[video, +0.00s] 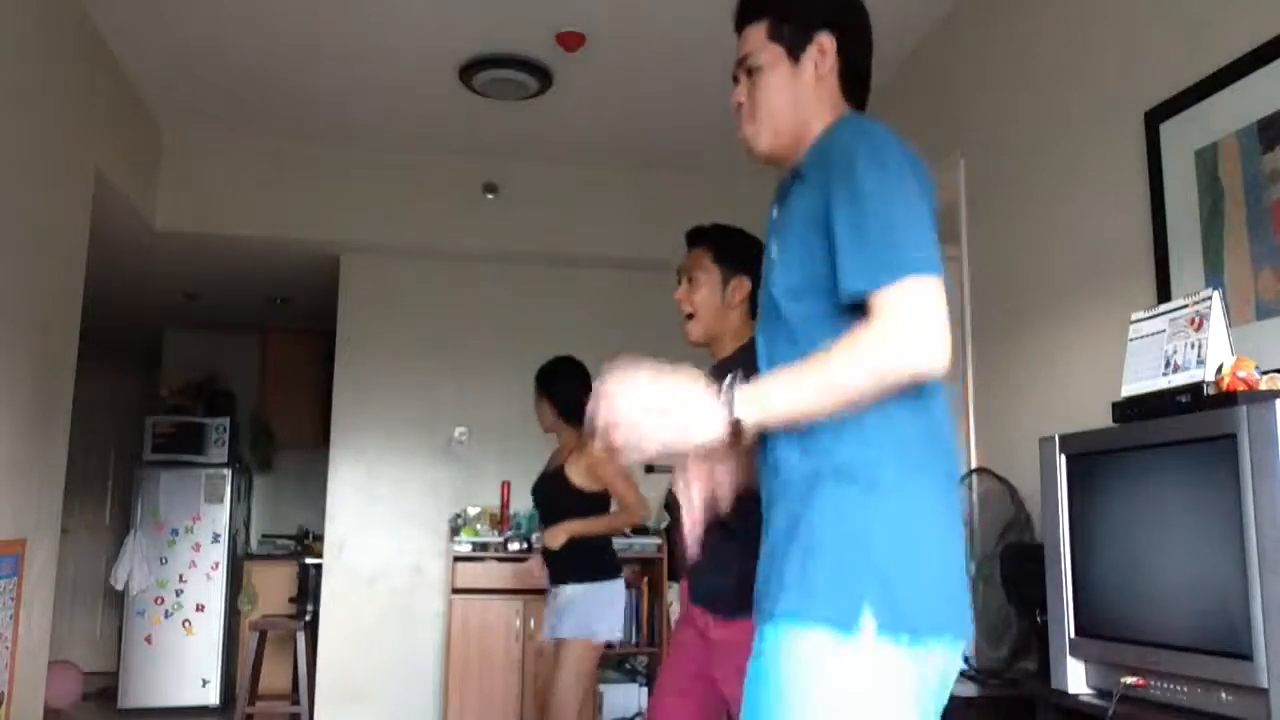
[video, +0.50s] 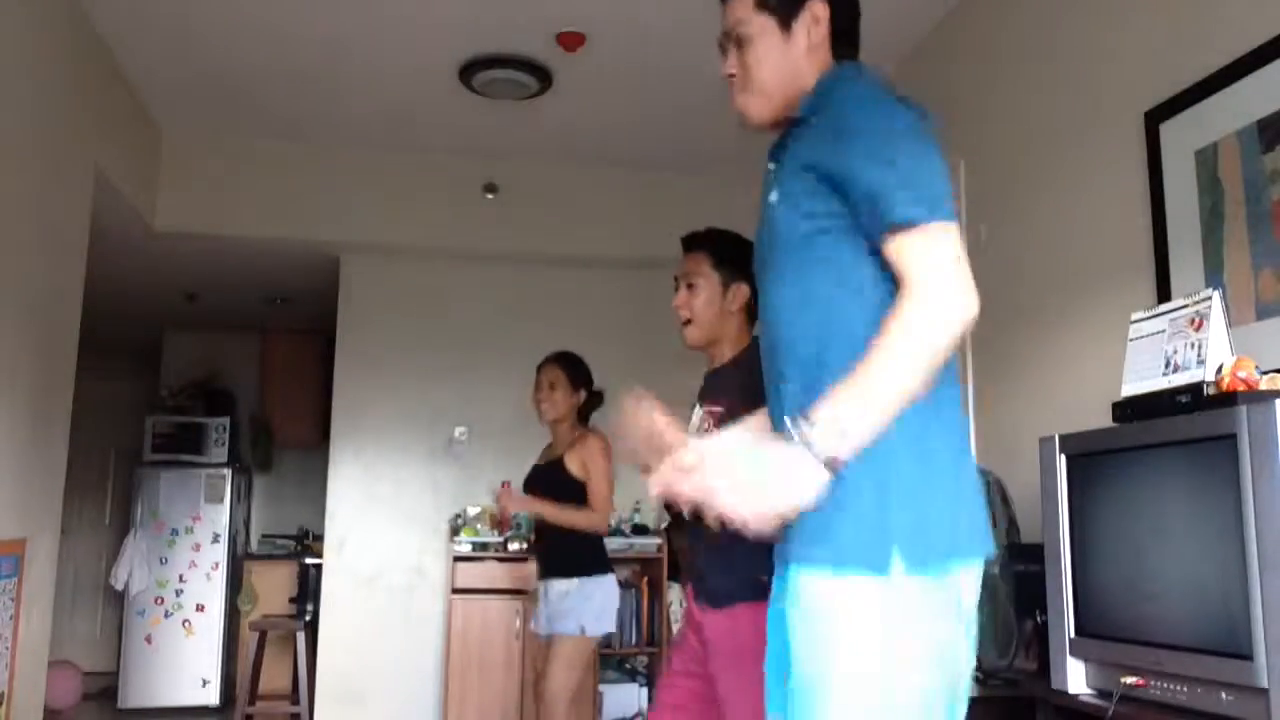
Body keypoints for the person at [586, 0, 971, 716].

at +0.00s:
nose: (736, 99)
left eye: (749, 71)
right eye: (735, 80)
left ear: (819, 60)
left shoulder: (859, 151)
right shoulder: (803, 192)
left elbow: (916, 335)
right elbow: (845, 412)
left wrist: (730, 410)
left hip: (865, 597)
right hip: (817, 593)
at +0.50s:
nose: (726, 66)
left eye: (738, 40)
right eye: (725, 47)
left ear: (811, 25)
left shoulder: (855, 110)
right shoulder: (796, 153)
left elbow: (945, 293)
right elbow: (834, 370)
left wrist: (810, 452)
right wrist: (728, 453)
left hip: (887, 550)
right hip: (828, 546)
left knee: (871, 707)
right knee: (810, 708)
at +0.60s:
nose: (726, 100)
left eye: (741, 72)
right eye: (724, 79)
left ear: (817, 58)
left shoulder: (872, 174)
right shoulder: (801, 193)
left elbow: (967, 370)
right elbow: (840, 390)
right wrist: (717, 422)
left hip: (898, 582)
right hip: (816, 572)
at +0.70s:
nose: (722, 143)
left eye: (737, 116)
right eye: (723, 122)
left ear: (814, 104)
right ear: (812, 107)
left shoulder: (888, 242)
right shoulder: (796, 250)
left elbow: (1005, 421)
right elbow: (840, 422)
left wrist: (871, 513)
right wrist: (746, 445)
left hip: (905, 649)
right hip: (820, 636)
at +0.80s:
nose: (714, 125)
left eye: (726, 99)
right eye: (714, 106)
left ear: (801, 83)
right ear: (797, 85)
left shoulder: (890, 195)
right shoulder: (781, 246)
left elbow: (1012, 373)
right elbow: (823, 423)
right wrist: (726, 483)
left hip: (910, 633)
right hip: (807, 619)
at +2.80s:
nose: (748, 129)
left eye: (766, 103)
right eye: (752, 108)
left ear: (838, 101)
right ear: (833, 105)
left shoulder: (880, 188)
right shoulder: (816, 236)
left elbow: (1015, 337)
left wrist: (826, 447)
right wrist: (745, 433)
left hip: (877, 646)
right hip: (810, 631)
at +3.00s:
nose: (760, 74)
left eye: (772, 47)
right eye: (759, 55)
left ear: (847, 35)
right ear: (840, 39)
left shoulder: (902, 119)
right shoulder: (812, 178)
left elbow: (1011, 299)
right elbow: (861, 398)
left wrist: (870, 462)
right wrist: (762, 466)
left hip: (915, 579)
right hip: (815, 575)